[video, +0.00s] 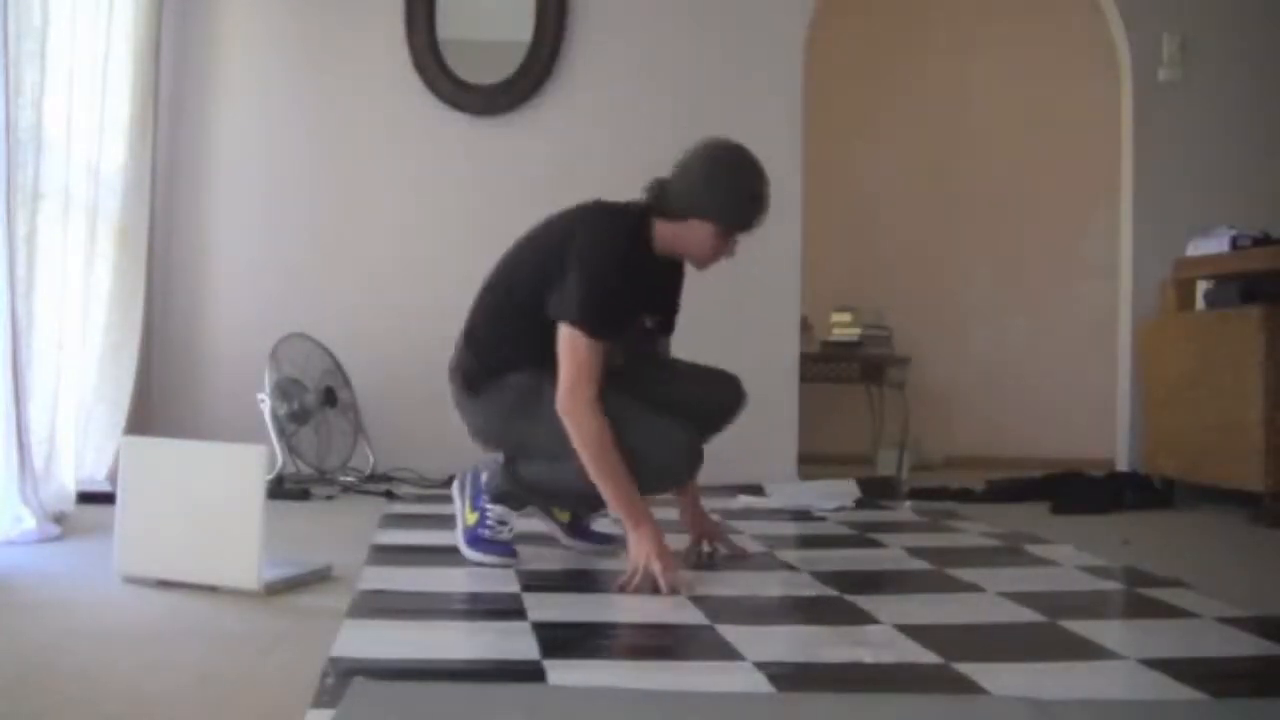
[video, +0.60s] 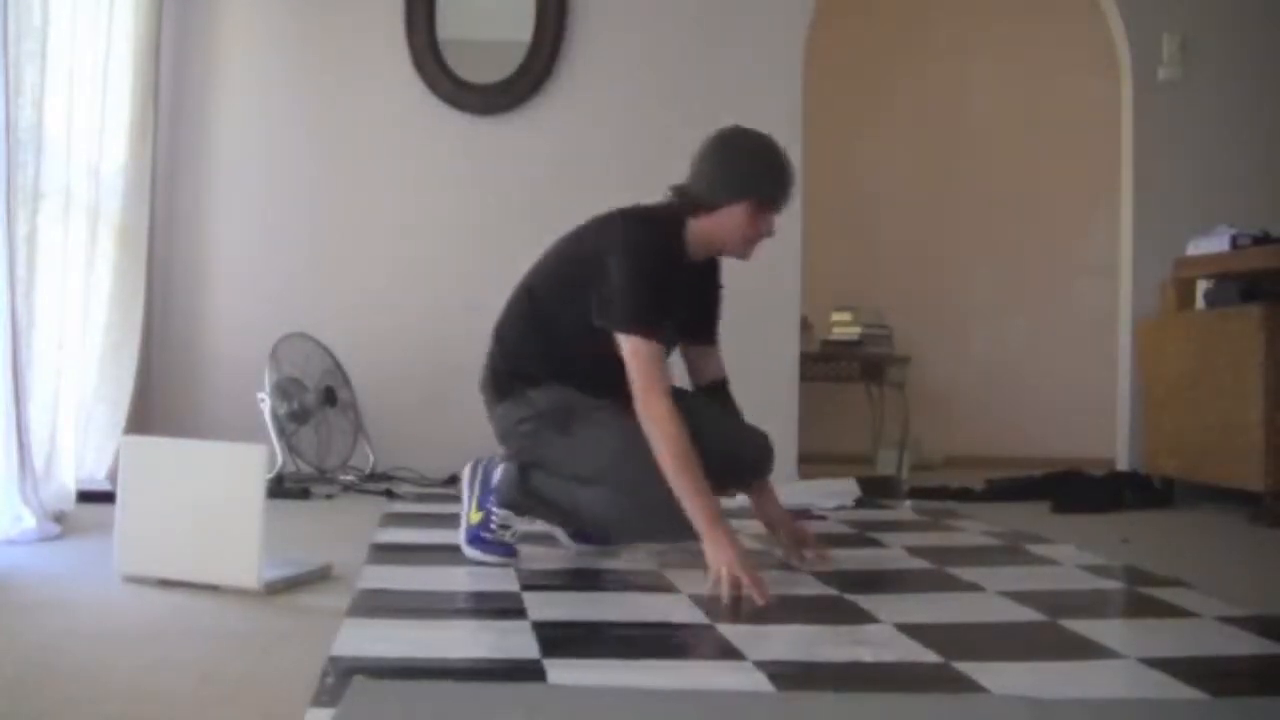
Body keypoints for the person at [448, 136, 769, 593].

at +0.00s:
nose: (730, 250)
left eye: (736, 236)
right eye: (727, 233)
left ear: (691, 213)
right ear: (695, 215)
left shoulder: (665, 262)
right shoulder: (601, 246)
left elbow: (651, 379)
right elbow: (575, 402)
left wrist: (691, 507)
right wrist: (640, 528)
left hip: (568, 379)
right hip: (498, 393)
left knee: (718, 396)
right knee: (669, 454)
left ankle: (567, 493)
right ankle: (492, 487)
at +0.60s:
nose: (769, 230)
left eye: (773, 215)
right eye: (764, 213)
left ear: (732, 206)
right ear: (731, 205)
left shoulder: (701, 262)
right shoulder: (638, 247)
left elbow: (710, 382)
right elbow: (652, 404)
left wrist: (769, 509)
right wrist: (715, 536)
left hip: (609, 401)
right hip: (535, 405)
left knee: (744, 453)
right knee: (665, 515)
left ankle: (584, 499)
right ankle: (506, 485)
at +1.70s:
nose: (942, 281)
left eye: (954, 271)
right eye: (950, 264)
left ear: (916, 227)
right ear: (922, 230)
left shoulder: (842, 251)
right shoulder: (829, 237)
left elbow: (761, 390)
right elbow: (777, 391)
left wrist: (783, 518)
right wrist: (783, 535)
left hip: (651, 364)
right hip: (624, 356)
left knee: (694, 544)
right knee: (683, 562)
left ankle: (519, 481)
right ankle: (514, 483)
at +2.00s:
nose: (897, 258)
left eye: (906, 246)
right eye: (901, 239)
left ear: (866, 212)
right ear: (869, 209)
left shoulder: (797, 252)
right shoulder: (782, 226)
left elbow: (737, 397)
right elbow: (754, 388)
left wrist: (781, 517)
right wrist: (781, 534)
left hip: (617, 377)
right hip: (581, 365)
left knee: (681, 541)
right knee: (640, 569)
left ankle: (503, 481)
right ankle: (469, 486)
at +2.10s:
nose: (858, 230)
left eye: (867, 218)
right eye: (862, 212)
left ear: (829, 193)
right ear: (832, 193)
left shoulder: (763, 244)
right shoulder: (743, 225)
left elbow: (729, 401)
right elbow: (742, 396)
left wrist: (782, 521)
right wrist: (785, 538)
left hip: (594, 385)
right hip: (560, 379)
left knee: (679, 541)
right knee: (641, 576)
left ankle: (505, 482)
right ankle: (474, 490)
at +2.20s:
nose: (837, 215)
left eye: (843, 200)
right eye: (838, 197)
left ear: (801, 179)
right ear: (809, 182)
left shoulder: (733, 228)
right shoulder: (725, 221)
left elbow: (714, 392)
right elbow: (734, 391)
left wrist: (774, 510)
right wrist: (786, 527)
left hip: (584, 392)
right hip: (551, 388)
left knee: (680, 542)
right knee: (643, 574)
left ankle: (515, 479)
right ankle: (471, 494)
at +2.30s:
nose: (808, 191)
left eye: (813, 176)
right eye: (806, 173)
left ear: (759, 158)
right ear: (771, 160)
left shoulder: (701, 213)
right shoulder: (702, 216)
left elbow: (674, 391)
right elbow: (709, 389)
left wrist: (709, 487)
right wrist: (776, 513)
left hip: (571, 398)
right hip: (541, 397)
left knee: (679, 542)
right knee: (642, 573)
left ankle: (495, 479)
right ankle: (474, 495)